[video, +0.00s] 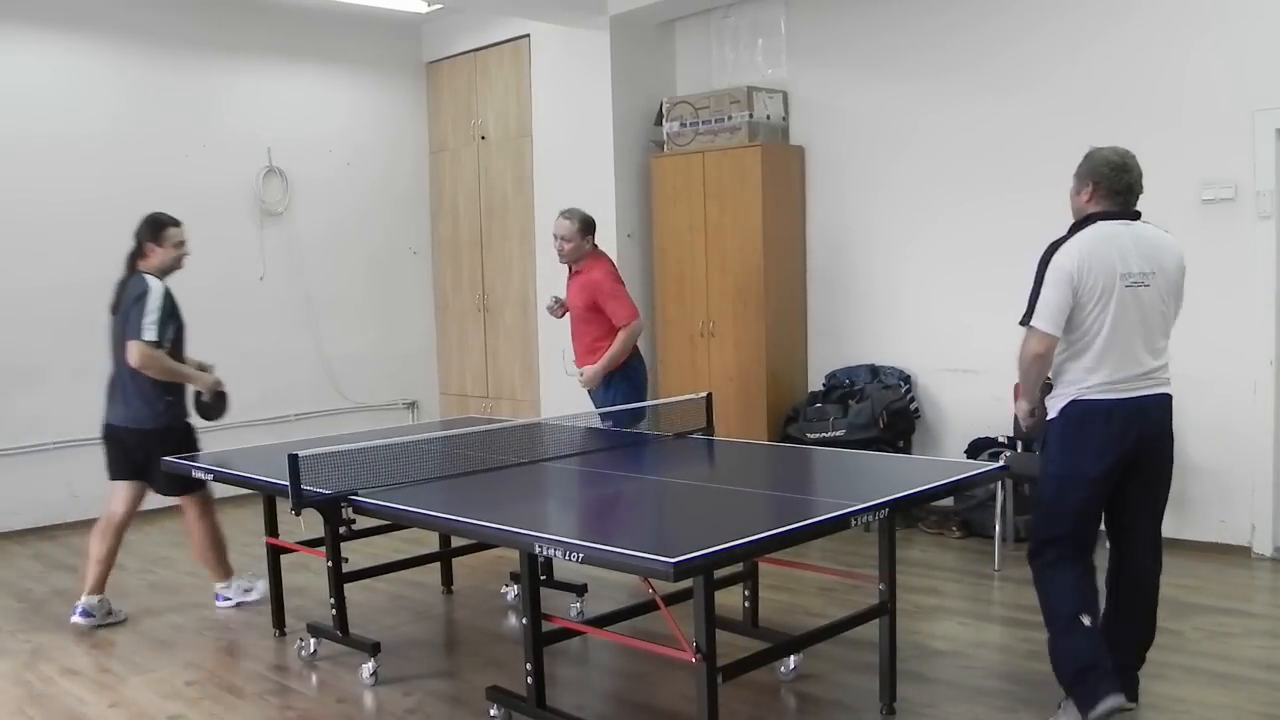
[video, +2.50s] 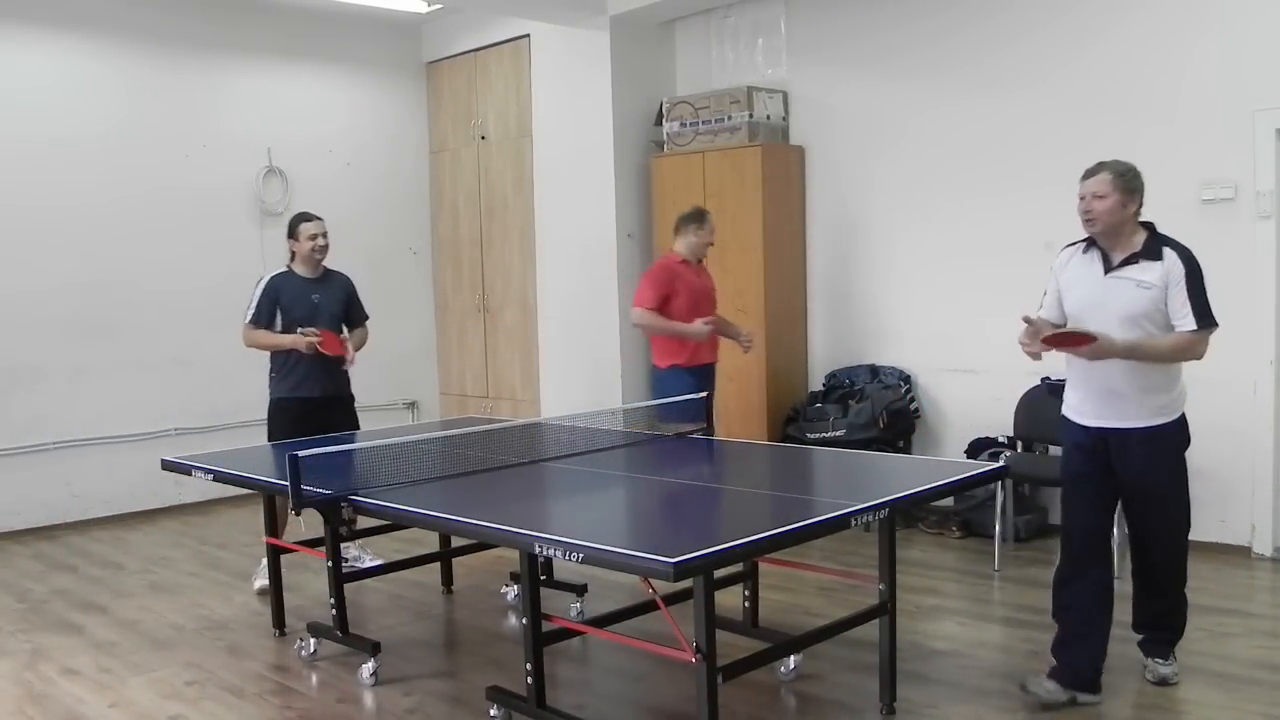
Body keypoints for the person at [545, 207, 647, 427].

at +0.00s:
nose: (557, 246)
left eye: (565, 240)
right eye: (555, 238)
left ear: (587, 242)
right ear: (553, 235)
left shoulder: (601, 274)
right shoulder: (578, 263)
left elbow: (633, 325)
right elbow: (588, 295)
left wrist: (600, 369)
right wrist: (565, 306)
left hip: (619, 375)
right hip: (599, 376)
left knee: (626, 450)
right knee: (618, 449)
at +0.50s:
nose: (577, 235)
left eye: (585, 229)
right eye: (571, 228)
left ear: (599, 232)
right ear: (564, 230)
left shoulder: (616, 270)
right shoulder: (557, 265)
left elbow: (643, 316)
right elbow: (551, 297)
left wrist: (622, 355)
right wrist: (539, 311)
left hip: (606, 377)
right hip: (565, 376)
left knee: (608, 451)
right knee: (566, 451)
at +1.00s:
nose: (553, 230)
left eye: (558, 224)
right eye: (545, 225)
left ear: (567, 228)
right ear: (533, 233)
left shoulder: (590, 261)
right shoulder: (522, 275)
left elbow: (609, 296)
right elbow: (499, 322)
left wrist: (624, 322)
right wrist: (518, 326)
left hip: (597, 370)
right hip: (551, 374)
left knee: (610, 440)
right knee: (550, 446)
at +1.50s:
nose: (564, 228)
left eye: (564, 222)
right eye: (555, 223)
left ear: (568, 225)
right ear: (536, 232)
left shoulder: (588, 258)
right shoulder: (524, 280)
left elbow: (610, 294)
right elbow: (509, 328)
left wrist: (625, 315)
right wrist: (533, 331)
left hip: (605, 364)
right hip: (561, 372)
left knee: (627, 433)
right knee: (562, 442)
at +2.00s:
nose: (637, 235)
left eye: (638, 229)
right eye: (632, 228)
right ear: (609, 231)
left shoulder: (644, 270)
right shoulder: (587, 273)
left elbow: (657, 310)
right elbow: (563, 319)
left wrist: (669, 329)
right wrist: (603, 326)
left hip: (650, 368)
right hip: (608, 372)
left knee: (659, 443)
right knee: (603, 445)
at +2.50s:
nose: (712, 242)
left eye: (713, 235)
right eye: (709, 233)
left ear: (695, 233)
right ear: (692, 232)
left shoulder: (701, 271)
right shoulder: (663, 270)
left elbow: (705, 315)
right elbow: (639, 315)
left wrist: (735, 333)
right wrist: (689, 329)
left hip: (702, 370)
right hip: (675, 373)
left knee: (702, 443)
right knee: (683, 445)